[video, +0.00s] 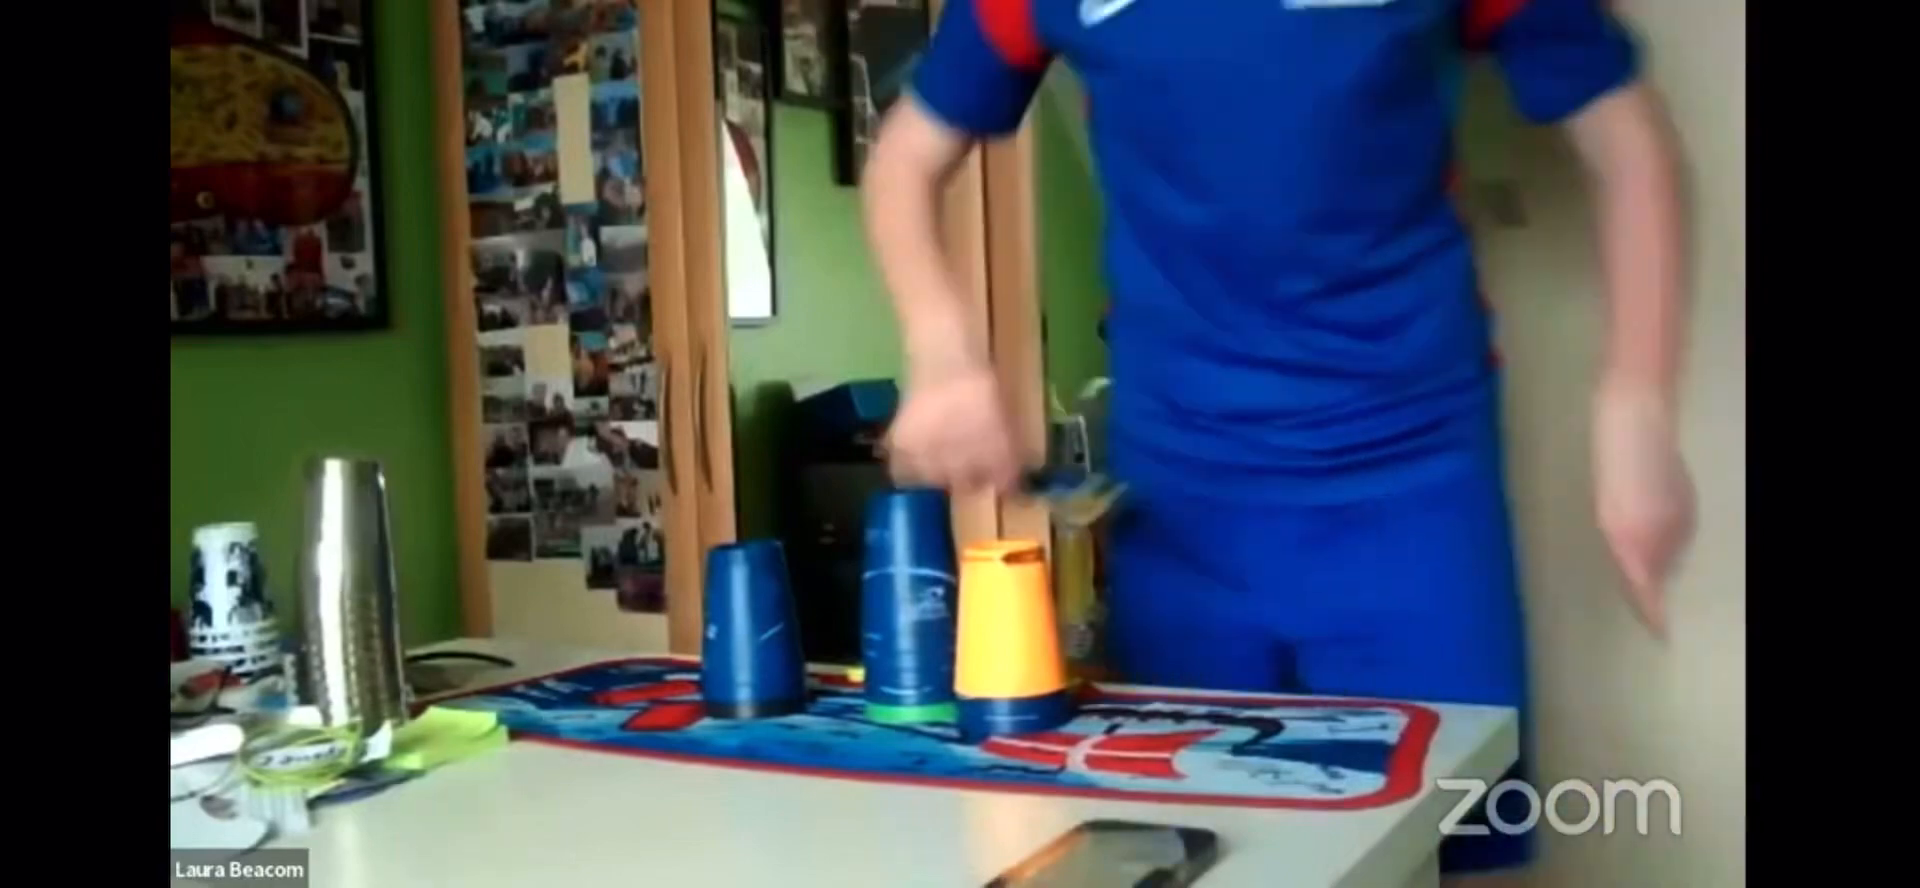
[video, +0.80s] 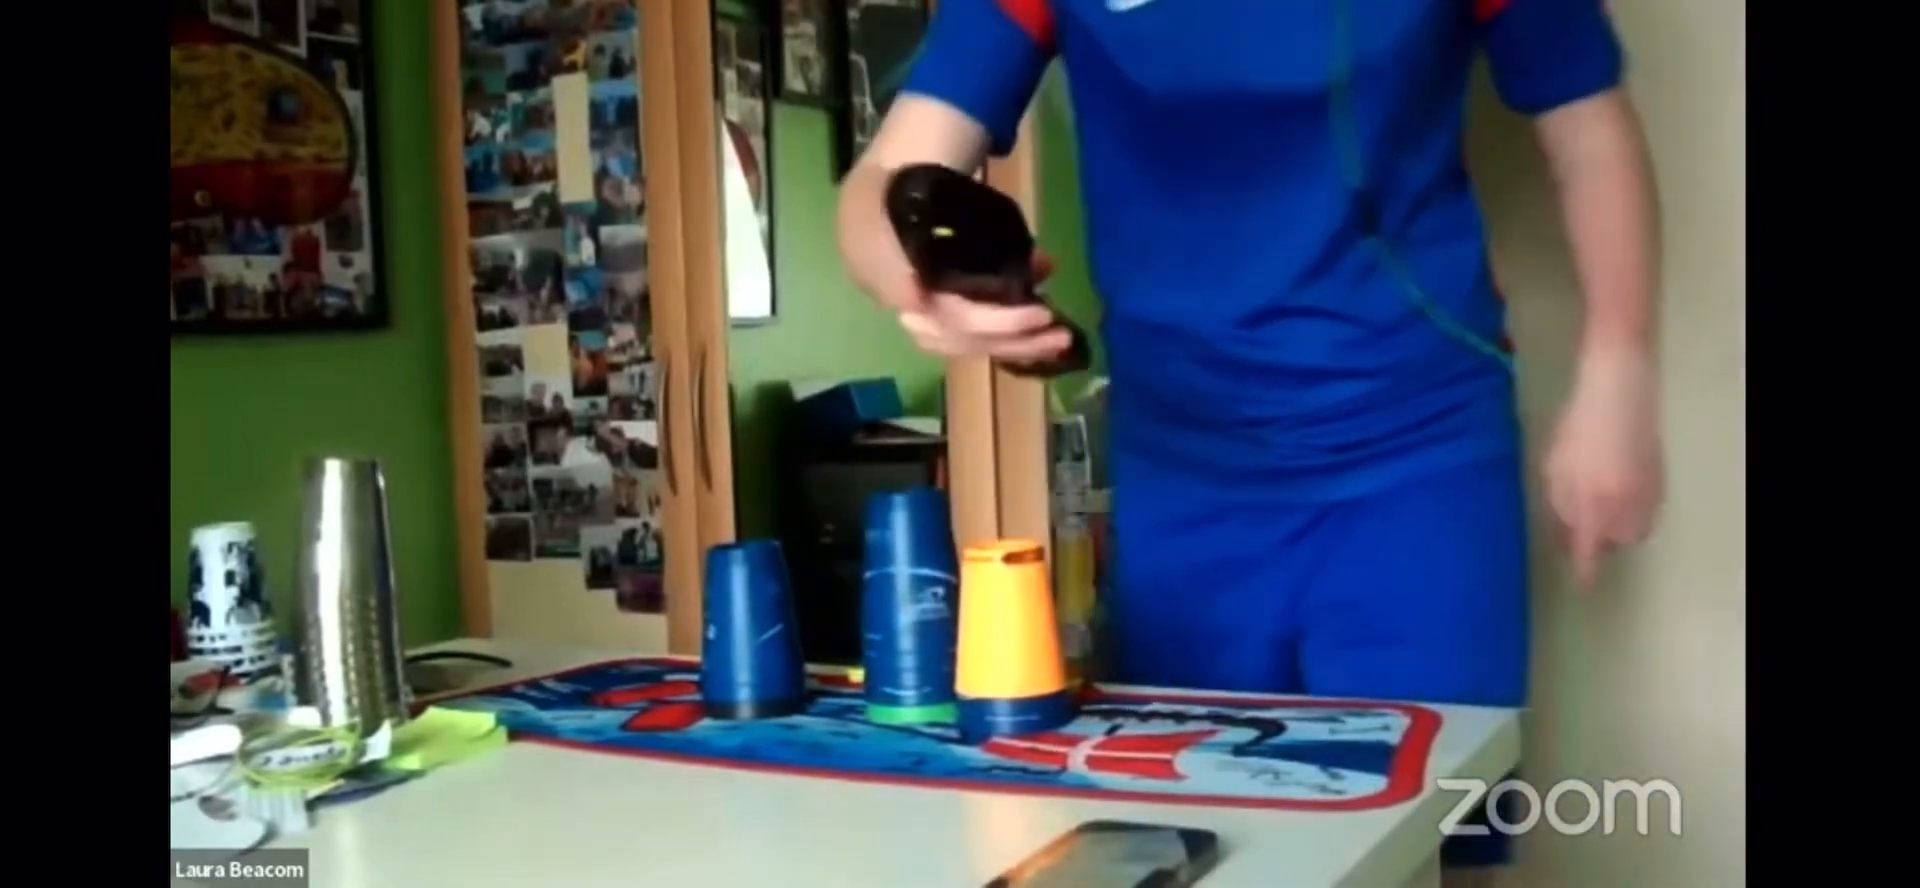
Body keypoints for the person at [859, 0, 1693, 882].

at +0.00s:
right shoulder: (1050, 0)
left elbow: (1628, 139)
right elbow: (900, 162)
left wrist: (1638, 411)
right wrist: (943, 357)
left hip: (1407, 480)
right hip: (1176, 491)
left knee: (1465, 849)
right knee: (1198, 855)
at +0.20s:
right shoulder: (1002, 14)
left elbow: (1544, 100)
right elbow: (929, 251)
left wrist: (1525, 324)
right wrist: (909, 450)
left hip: (1367, 441)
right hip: (1151, 458)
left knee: (1385, 818)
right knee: (1153, 825)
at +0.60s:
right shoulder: (989, 10)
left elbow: (1521, 122)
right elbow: (909, 242)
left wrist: (1529, 336)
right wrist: (952, 311)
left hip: (1361, 441)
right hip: (1144, 455)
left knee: (1369, 820)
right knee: (1161, 821)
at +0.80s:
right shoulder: (1039, 2)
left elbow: (1591, 134)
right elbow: (887, 180)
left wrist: (1614, 387)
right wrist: (915, 280)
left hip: (1414, 459)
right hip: (1176, 467)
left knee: (1433, 842)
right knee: (1197, 842)